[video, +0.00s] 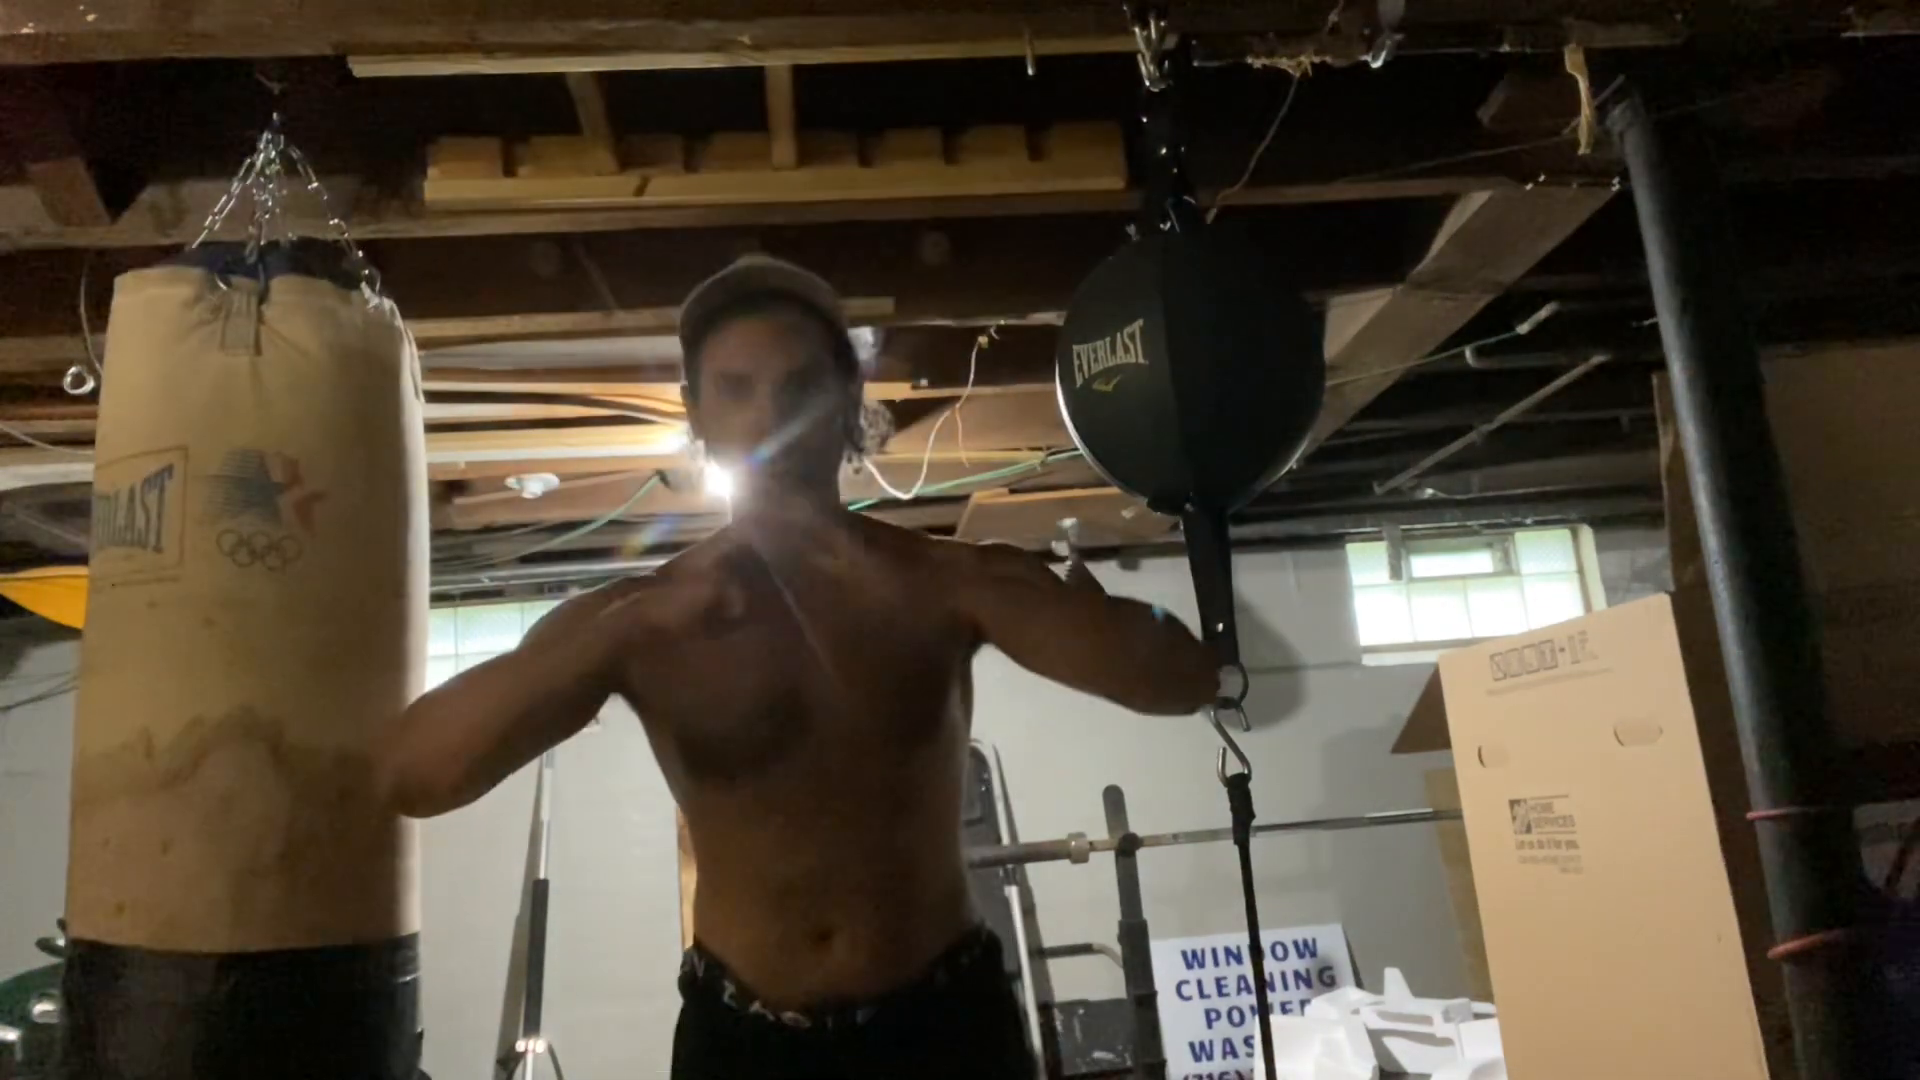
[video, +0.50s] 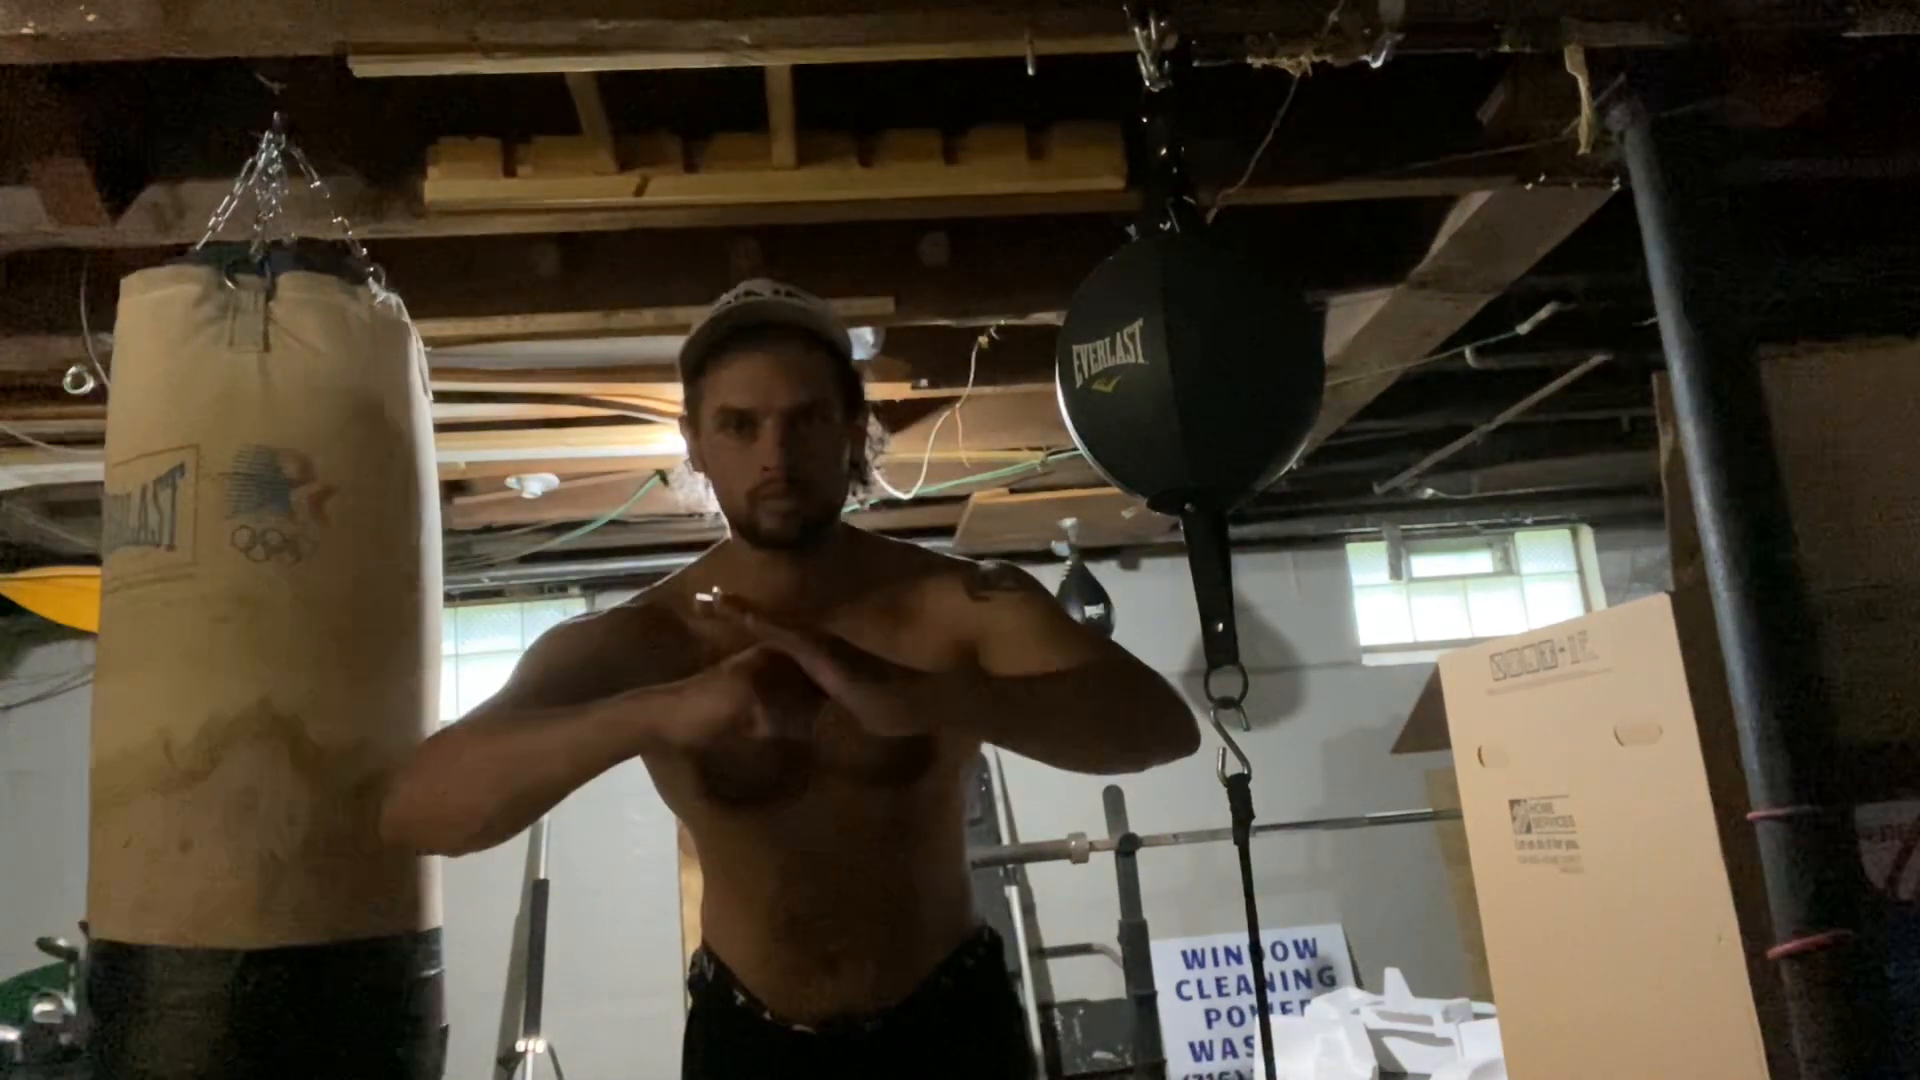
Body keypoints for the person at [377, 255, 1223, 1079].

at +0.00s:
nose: (770, 418)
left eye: (799, 387)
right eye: (735, 394)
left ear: (852, 410)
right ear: (698, 426)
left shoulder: (944, 581)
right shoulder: (633, 624)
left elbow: (1185, 681)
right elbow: (411, 775)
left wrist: (1057, 601)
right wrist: (626, 622)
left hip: (943, 1022)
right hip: (745, 1039)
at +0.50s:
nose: (775, 455)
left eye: (806, 419)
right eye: (739, 426)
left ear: (855, 438)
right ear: (697, 452)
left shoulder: (957, 603)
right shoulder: (635, 644)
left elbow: (1162, 725)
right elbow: (414, 811)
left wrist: (937, 704)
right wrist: (656, 719)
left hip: (948, 1024)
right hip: (748, 1039)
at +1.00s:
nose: (773, 400)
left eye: (804, 371)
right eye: (739, 375)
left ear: (851, 405)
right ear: (698, 412)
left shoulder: (930, 576)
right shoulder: (632, 609)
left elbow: (1132, 736)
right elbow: (481, 822)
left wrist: (938, 665)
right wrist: (688, 692)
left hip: (933, 1006)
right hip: (739, 1023)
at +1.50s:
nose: (827, 430)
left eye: (853, 402)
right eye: (797, 407)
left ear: (902, 436)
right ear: (755, 441)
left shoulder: (989, 612)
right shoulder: (686, 636)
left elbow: (1093, 879)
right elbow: (662, 920)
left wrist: (1084, 1054)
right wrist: (858, 997)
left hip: (998, 1031)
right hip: (794, 1044)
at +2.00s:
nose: (782, 472)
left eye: (806, 446)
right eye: (744, 446)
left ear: (842, 476)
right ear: (688, 476)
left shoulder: (915, 658)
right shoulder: (639, 646)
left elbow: (989, 909)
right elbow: (629, 966)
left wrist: (1052, 1046)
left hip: (929, 1014)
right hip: (739, 1027)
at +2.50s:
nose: (982, 397)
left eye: (972, 370)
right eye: (948, 369)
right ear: (855, 393)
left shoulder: (1006, 591)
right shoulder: (735, 585)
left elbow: (1048, 812)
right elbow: (636, 865)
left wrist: (1162, 934)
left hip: (1008, 1011)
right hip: (816, 1024)